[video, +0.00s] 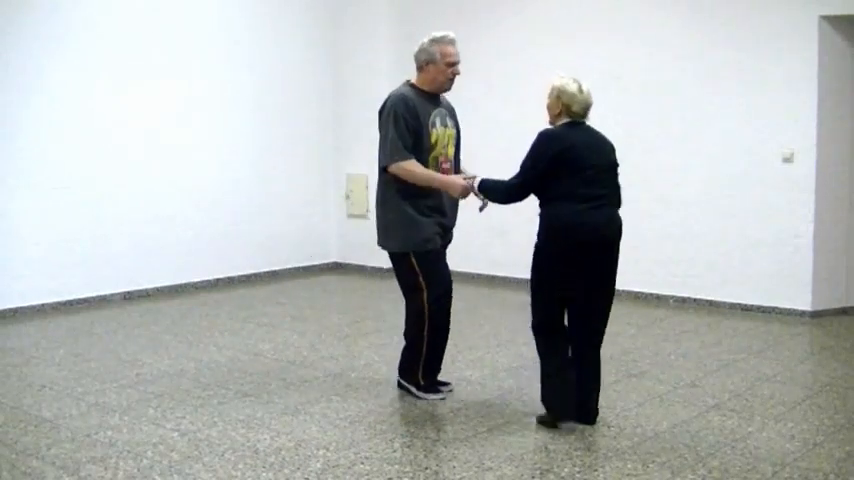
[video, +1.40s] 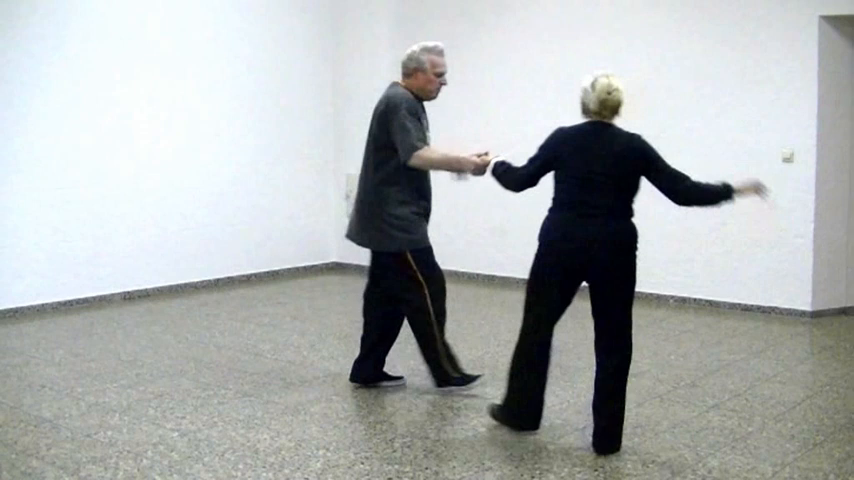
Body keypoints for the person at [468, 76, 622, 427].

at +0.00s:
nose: (546, 106)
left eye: (549, 101)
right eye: (547, 100)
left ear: (557, 106)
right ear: (584, 107)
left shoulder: (550, 140)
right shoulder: (603, 144)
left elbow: (515, 190)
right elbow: (614, 199)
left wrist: (476, 184)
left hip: (558, 245)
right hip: (601, 247)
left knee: (547, 321)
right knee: (588, 326)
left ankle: (557, 406)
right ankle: (585, 409)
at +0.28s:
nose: (552, 102)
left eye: (554, 98)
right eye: (554, 97)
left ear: (562, 101)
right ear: (590, 102)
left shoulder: (551, 134)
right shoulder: (608, 133)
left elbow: (510, 178)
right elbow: (631, 167)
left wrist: (483, 159)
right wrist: (598, 153)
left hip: (559, 234)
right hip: (605, 236)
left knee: (540, 309)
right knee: (594, 319)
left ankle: (549, 394)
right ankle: (584, 408)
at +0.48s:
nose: (559, 107)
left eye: (560, 103)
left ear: (562, 107)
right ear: (595, 108)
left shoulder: (547, 141)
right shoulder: (612, 143)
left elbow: (507, 189)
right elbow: (649, 182)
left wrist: (462, 187)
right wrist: (619, 160)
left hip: (553, 248)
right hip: (602, 249)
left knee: (549, 327)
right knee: (592, 327)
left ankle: (551, 417)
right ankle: (584, 408)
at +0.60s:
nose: (602, 113)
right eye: (601, 108)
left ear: (561, 109)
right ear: (597, 111)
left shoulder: (544, 142)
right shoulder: (612, 145)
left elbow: (509, 192)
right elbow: (655, 198)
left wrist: (465, 198)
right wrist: (636, 202)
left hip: (550, 247)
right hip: (603, 249)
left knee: (550, 329)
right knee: (595, 325)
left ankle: (553, 420)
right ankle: (586, 408)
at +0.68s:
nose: (609, 113)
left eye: (609, 107)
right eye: (608, 107)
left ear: (567, 106)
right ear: (597, 107)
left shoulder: (546, 139)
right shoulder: (613, 142)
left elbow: (515, 187)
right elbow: (645, 187)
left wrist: (485, 194)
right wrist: (669, 201)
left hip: (550, 247)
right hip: (601, 248)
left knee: (551, 330)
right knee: (599, 325)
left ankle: (552, 421)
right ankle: (593, 412)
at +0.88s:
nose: (631, 103)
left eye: (629, 96)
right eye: (626, 97)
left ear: (593, 101)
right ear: (605, 101)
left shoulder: (563, 134)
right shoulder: (617, 138)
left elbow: (534, 185)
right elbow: (644, 187)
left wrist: (528, 167)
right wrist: (700, 193)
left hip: (556, 247)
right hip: (603, 250)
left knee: (559, 330)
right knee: (614, 334)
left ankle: (550, 423)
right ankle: (600, 425)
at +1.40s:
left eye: (583, 99)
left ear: (583, 105)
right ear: (617, 107)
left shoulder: (564, 139)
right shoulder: (633, 146)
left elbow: (519, 180)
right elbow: (682, 191)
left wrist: (494, 166)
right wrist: (733, 190)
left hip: (561, 250)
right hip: (614, 256)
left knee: (536, 328)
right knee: (613, 341)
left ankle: (521, 413)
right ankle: (607, 438)